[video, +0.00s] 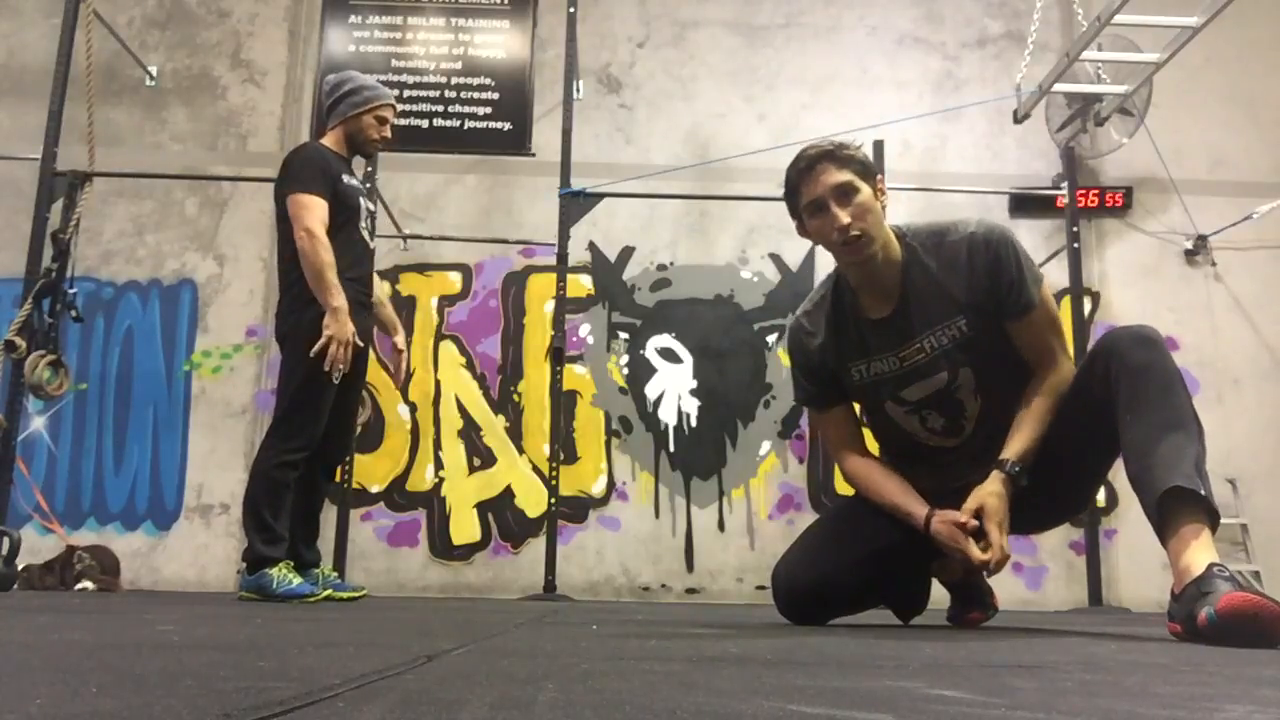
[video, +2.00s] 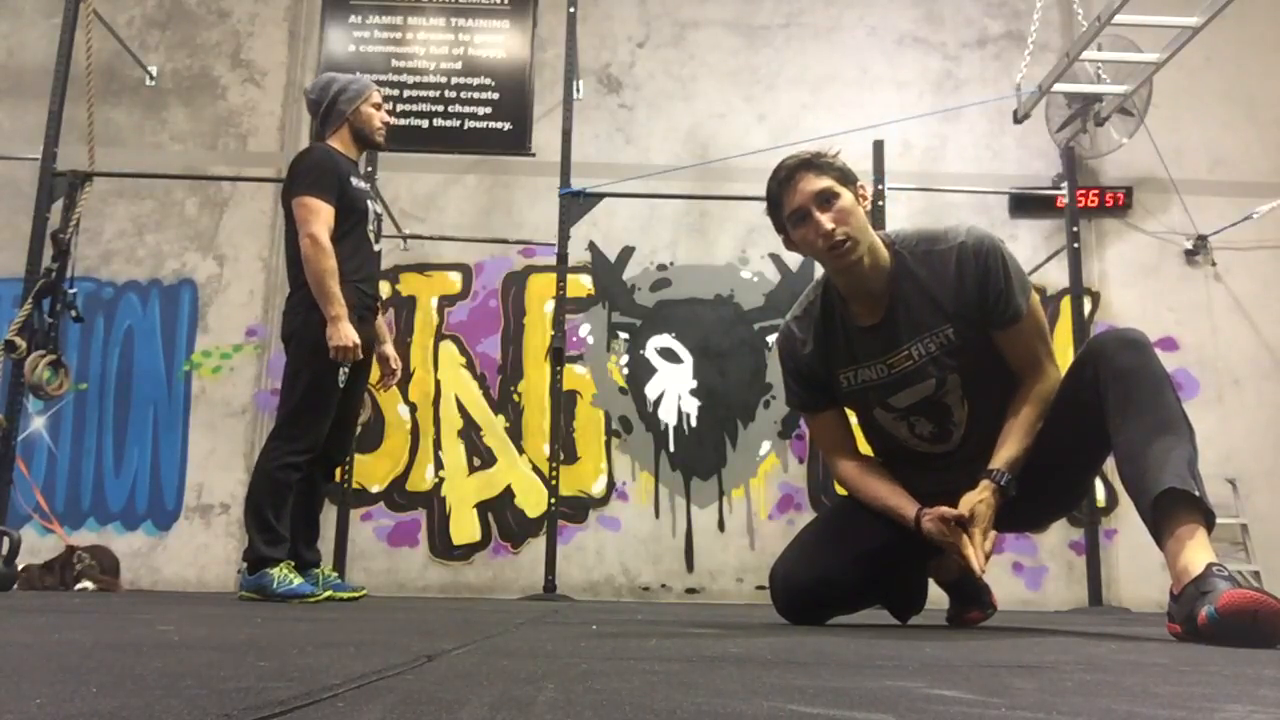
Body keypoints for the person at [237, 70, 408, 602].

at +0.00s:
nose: (387, 130)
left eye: (389, 121)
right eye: (379, 119)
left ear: (367, 123)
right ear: (347, 115)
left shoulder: (349, 176)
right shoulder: (309, 160)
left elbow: (358, 263)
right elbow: (308, 236)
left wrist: (392, 323)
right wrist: (336, 310)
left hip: (347, 325)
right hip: (314, 321)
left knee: (324, 448)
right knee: (293, 440)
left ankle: (303, 563)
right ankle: (263, 566)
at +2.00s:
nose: (387, 116)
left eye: (386, 108)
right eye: (378, 107)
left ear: (358, 116)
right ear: (346, 112)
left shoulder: (355, 174)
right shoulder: (318, 162)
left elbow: (361, 266)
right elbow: (313, 241)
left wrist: (381, 336)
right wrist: (336, 317)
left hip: (349, 328)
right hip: (319, 323)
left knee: (323, 451)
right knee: (296, 441)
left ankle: (302, 564)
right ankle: (263, 566)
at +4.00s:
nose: (390, 117)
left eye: (389, 109)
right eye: (380, 108)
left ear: (362, 117)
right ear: (348, 113)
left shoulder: (356, 175)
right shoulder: (319, 162)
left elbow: (362, 268)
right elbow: (314, 241)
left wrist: (382, 337)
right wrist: (337, 317)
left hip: (351, 328)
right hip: (320, 323)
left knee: (325, 450)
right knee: (297, 441)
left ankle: (302, 563)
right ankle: (262, 566)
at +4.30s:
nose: (390, 118)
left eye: (389, 109)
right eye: (380, 108)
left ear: (364, 118)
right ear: (349, 113)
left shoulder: (357, 176)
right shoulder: (320, 163)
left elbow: (364, 267)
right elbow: (315, 242)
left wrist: (384, 337)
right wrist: (339, 317)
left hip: (351, 327)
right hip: (321, 322)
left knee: (326, 449)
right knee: (298, 440)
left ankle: (303, 563)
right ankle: (263, 566)